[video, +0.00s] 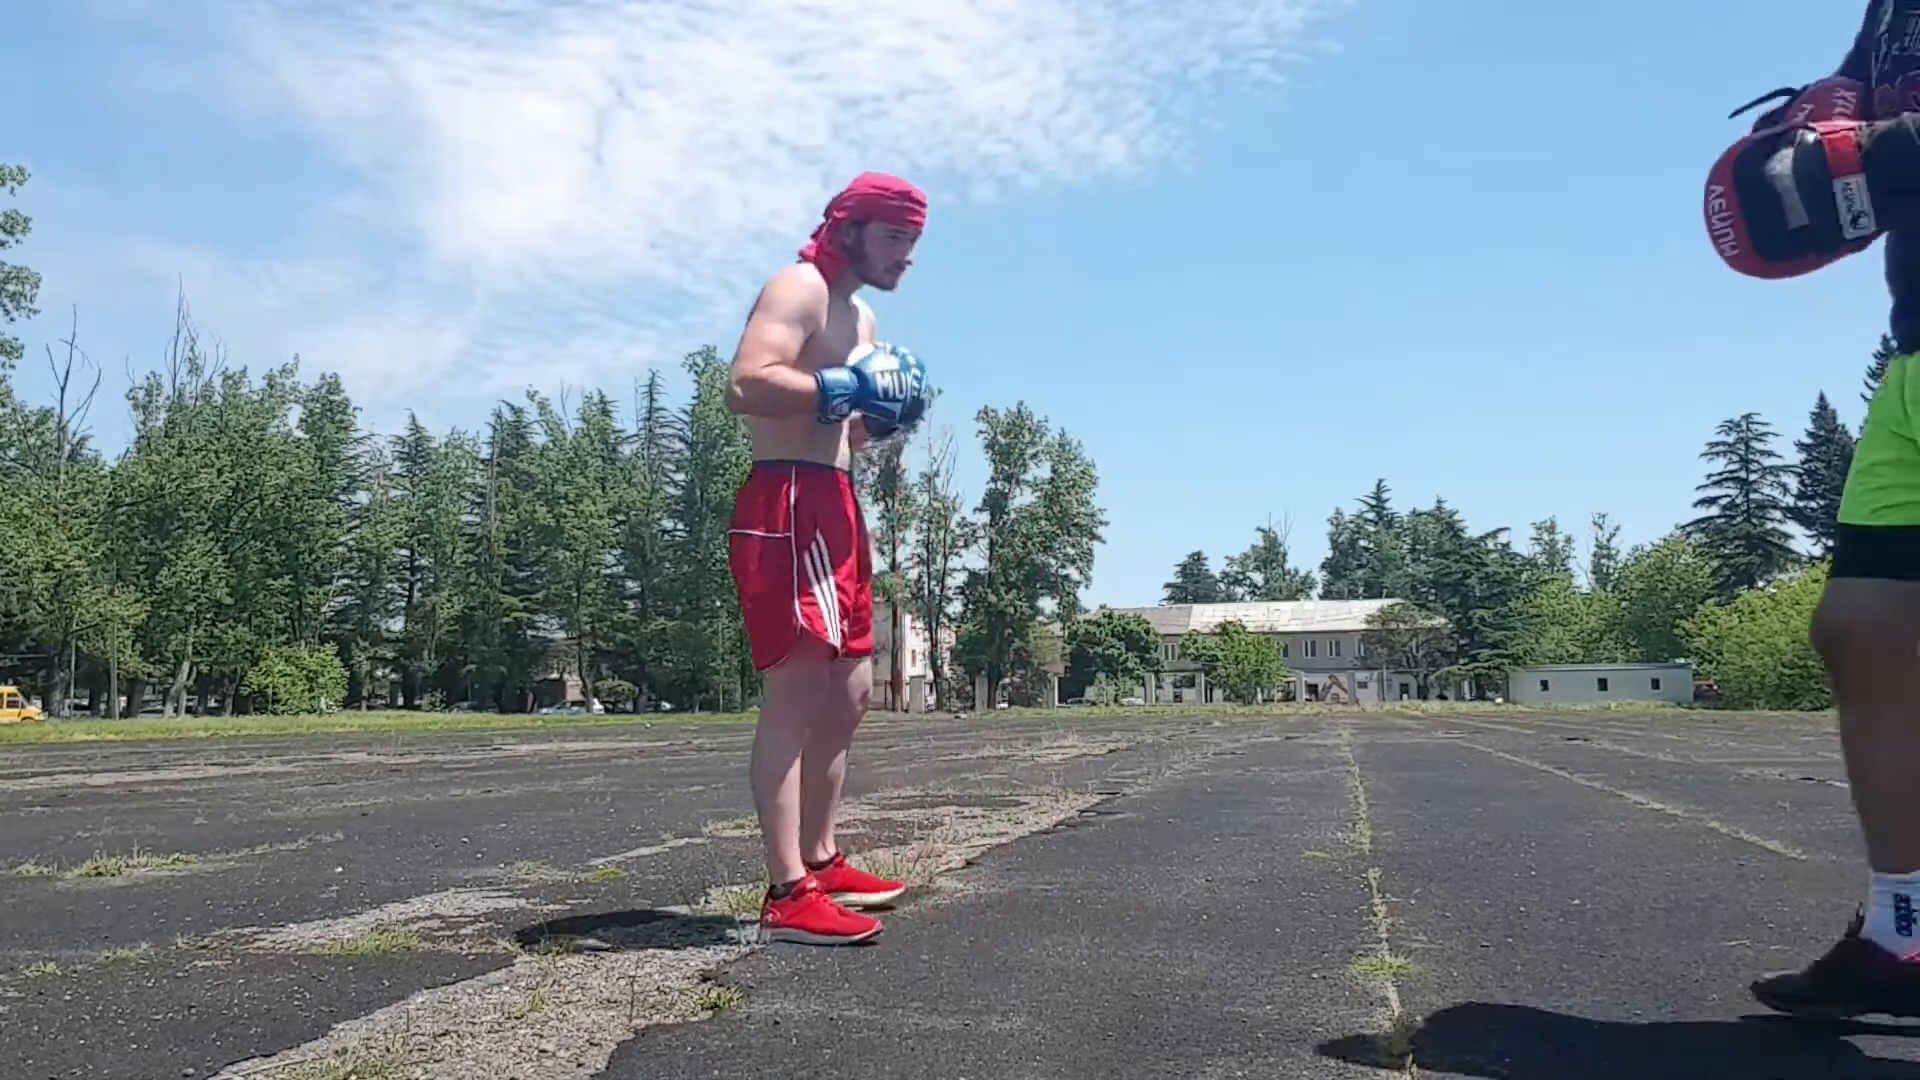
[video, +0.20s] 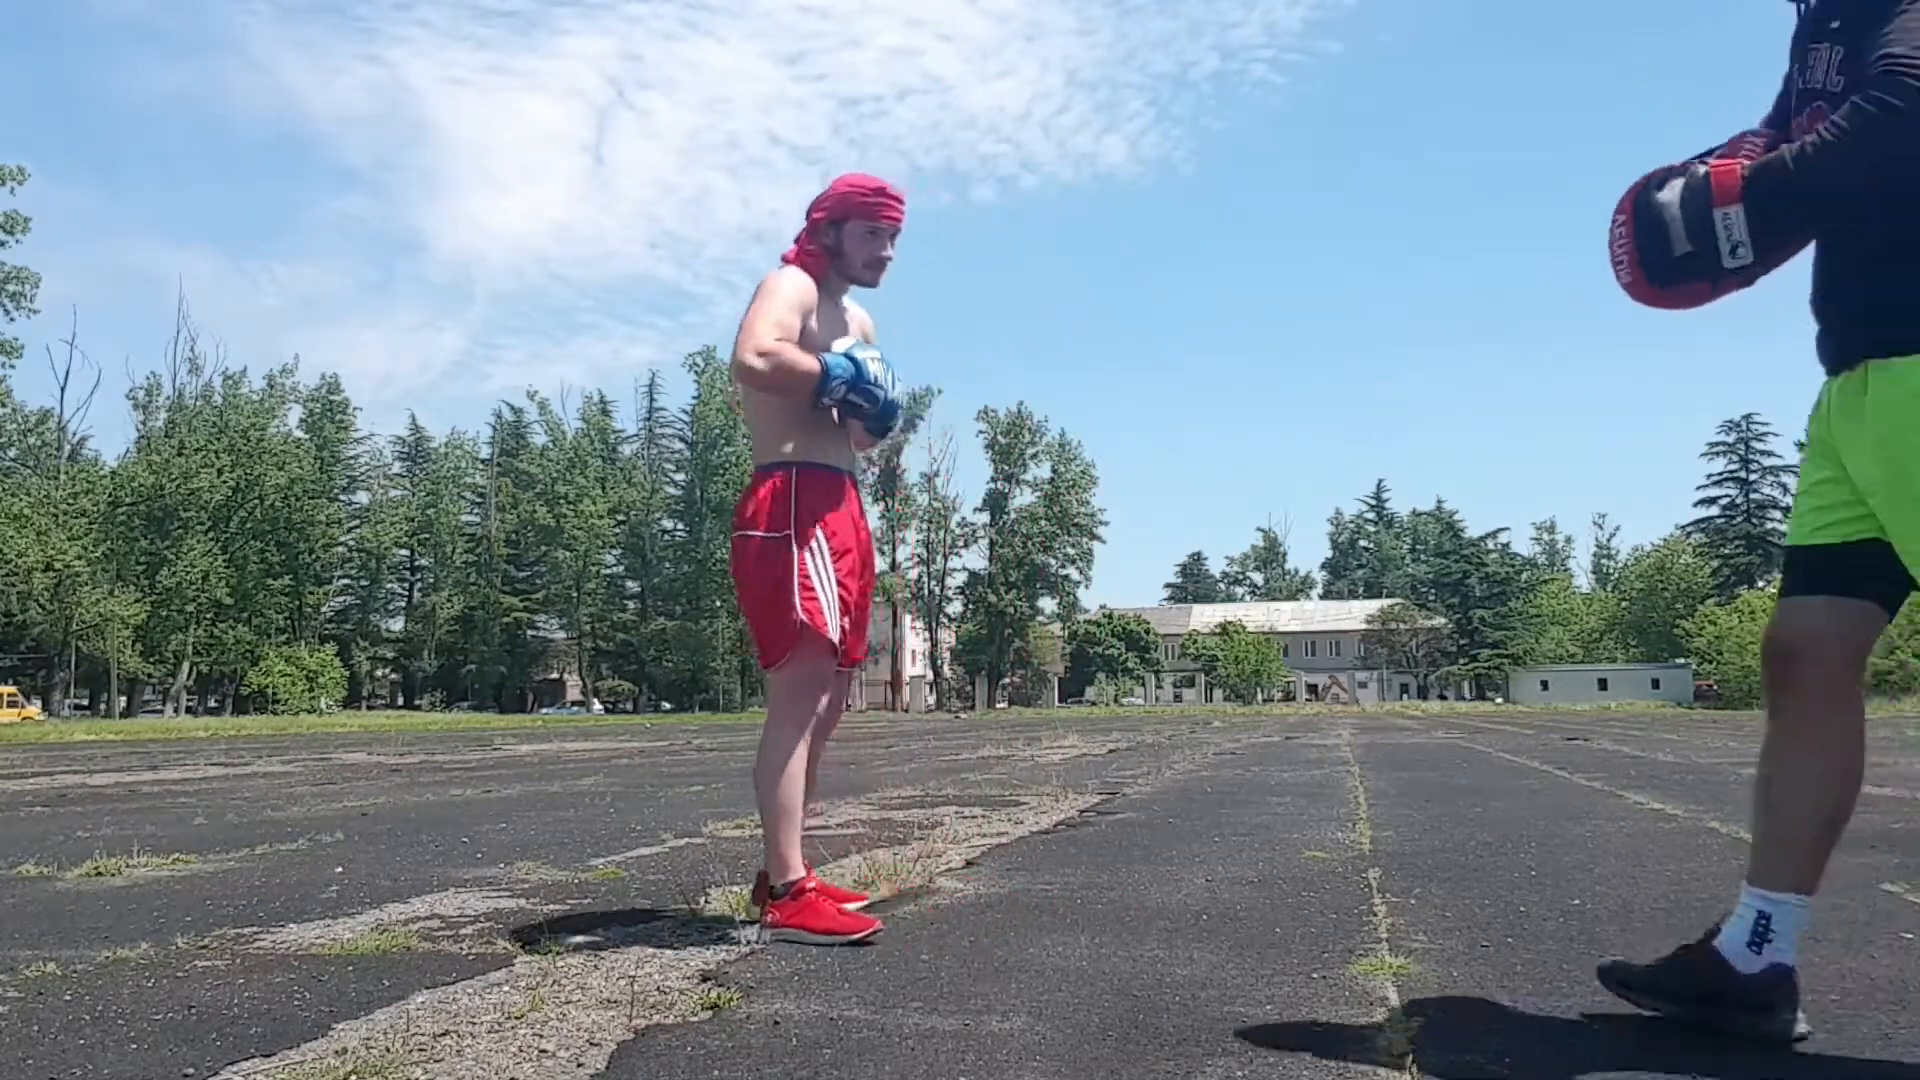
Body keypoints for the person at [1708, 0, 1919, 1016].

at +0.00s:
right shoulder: (1890, 19)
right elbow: (1850, 96)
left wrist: (1876, 147)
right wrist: (1817, 119)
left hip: (1915, 350)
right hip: (1909, 348)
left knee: (1868, 624)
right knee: (1864, 623)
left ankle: (1898, 936)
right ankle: (1896, 936)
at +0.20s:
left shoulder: (1883, 16)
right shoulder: (1825, 17)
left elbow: (1889, 122)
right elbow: (1792, 128)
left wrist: (1739, 198)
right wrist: (1703, 189)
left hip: (1905, 365)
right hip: (1855, 375)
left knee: (1830, 659)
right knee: (1810, 652)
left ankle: (1756, 956)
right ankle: (1756, 957)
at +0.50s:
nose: (1561, 9)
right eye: (1557, 2)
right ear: (1609, 8)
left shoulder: (1713, 7)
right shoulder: (1660, 62)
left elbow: (1720, 141)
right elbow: (1688, 210)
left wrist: (1596, 248)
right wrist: (1581, 271)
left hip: (1798, 368)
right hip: (1720, 382)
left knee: (1757, 666)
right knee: (1670, 650)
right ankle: (1735, 965)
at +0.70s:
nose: (1475, 13)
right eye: (1469, 5)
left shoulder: (1585, 6)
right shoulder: (1624, 35)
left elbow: (1622, 140)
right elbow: (1635, 217)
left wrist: (1496, 238)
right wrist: (1512, 277)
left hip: (1683, 337)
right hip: (1742, 333)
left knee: (1603, 623)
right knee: (1694, 650)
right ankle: (1745, 961)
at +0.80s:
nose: (1436, 21)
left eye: (1435, 5)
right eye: (1433, 10)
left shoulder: (1544, 10)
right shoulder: (1604, 34)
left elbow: (1571, 157)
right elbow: (1587, 232)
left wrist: (1463, 257)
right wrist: (1477, 294)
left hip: (1636, 358)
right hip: (1694, 354)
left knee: (1577, 653)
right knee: (1633, 665)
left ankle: (1600, 968)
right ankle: (1721, 949)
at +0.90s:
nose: (1417, 54)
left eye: (1412, 31)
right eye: (1410, 39)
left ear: (1444, 7)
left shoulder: (1510, 39)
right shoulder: (1586, 54)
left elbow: (1503, 205)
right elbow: (1553, 251)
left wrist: (1425, 318)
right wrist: (1456, 332)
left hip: (1591, 386)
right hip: (1660, 387)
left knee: (1501, 658)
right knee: (1513, 654)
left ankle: (1596, 977)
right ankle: (1657, 887)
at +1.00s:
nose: (1386, 57)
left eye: (1385, 28)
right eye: (1378, 36)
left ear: (1423, 8)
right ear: (1479, 4)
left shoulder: (1470, 57)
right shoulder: (1560, 68)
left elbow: (1464, 221)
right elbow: (1537, 270)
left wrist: (1391, 327)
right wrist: (1426, 357)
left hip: (1563, 393)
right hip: (1619, 391)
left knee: (1490, 669)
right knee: (1443, 635)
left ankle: (1595, 977)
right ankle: (1556, 902)